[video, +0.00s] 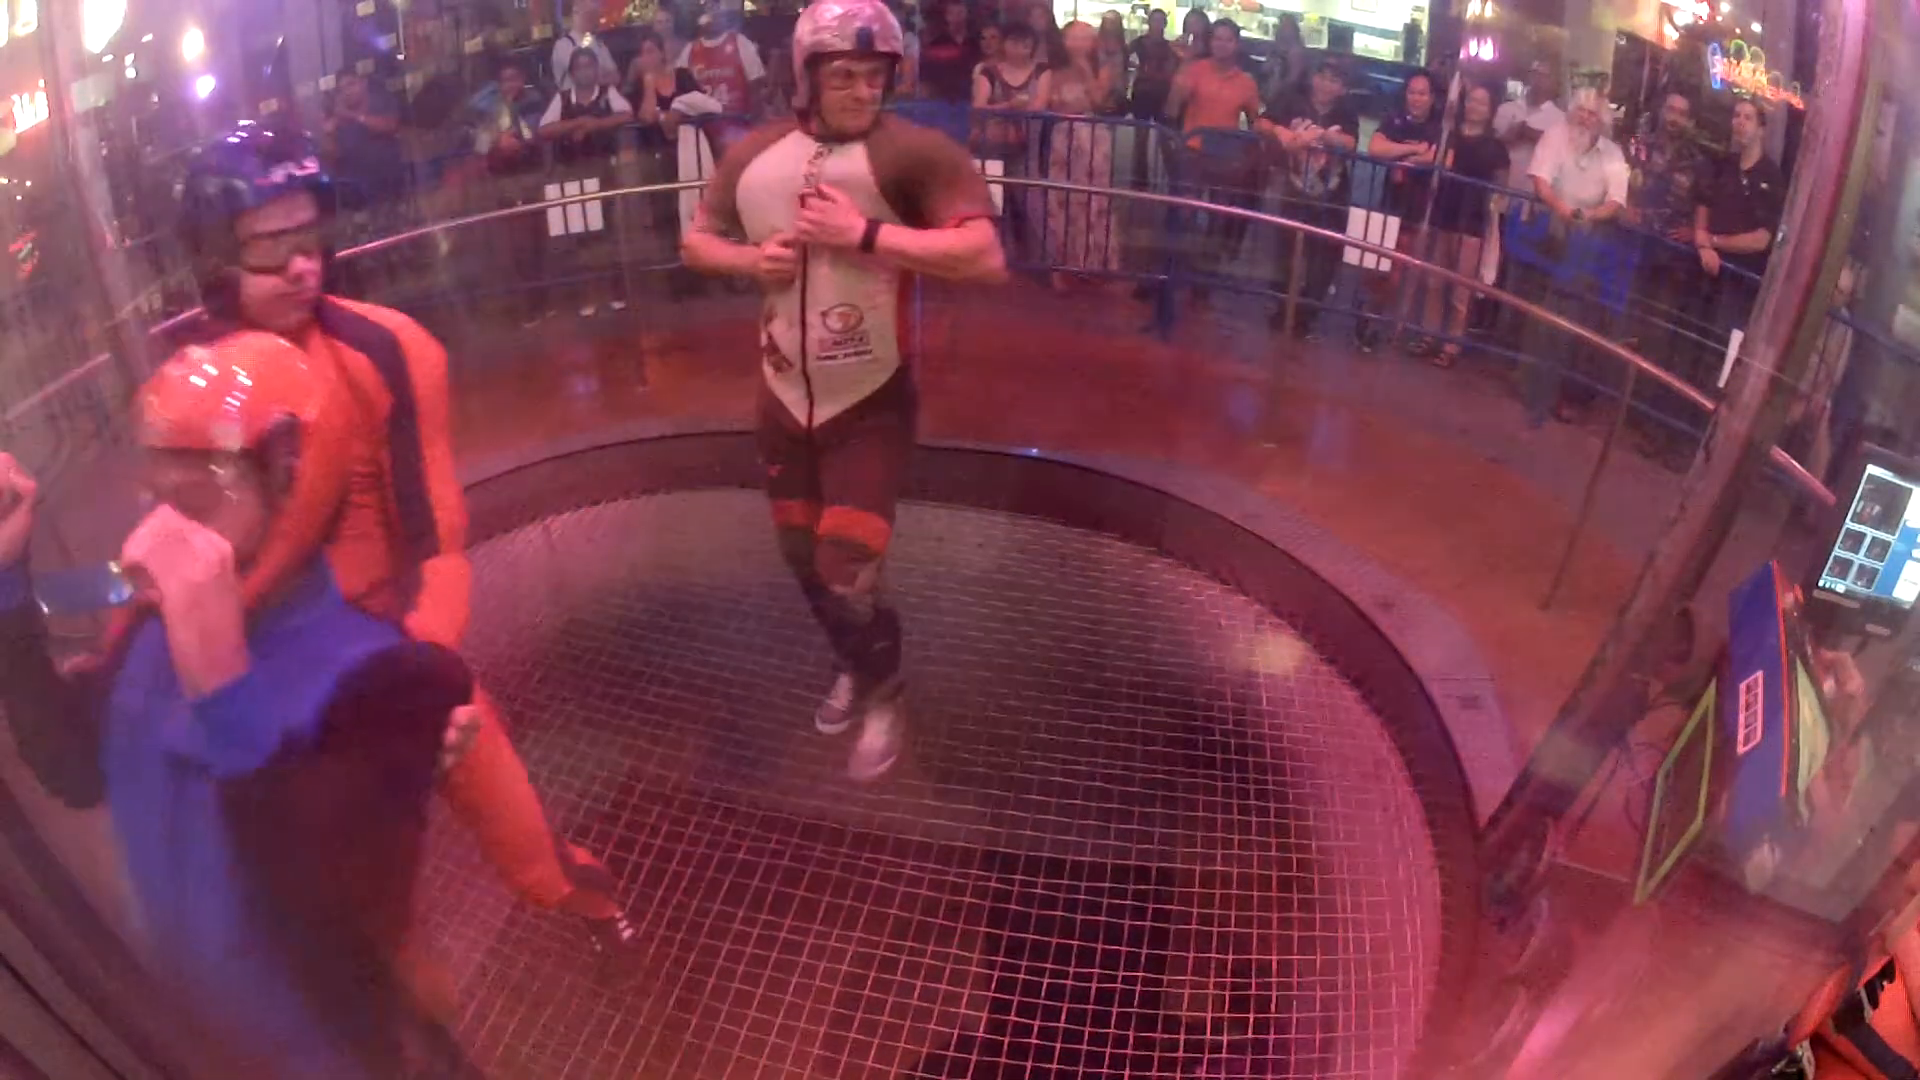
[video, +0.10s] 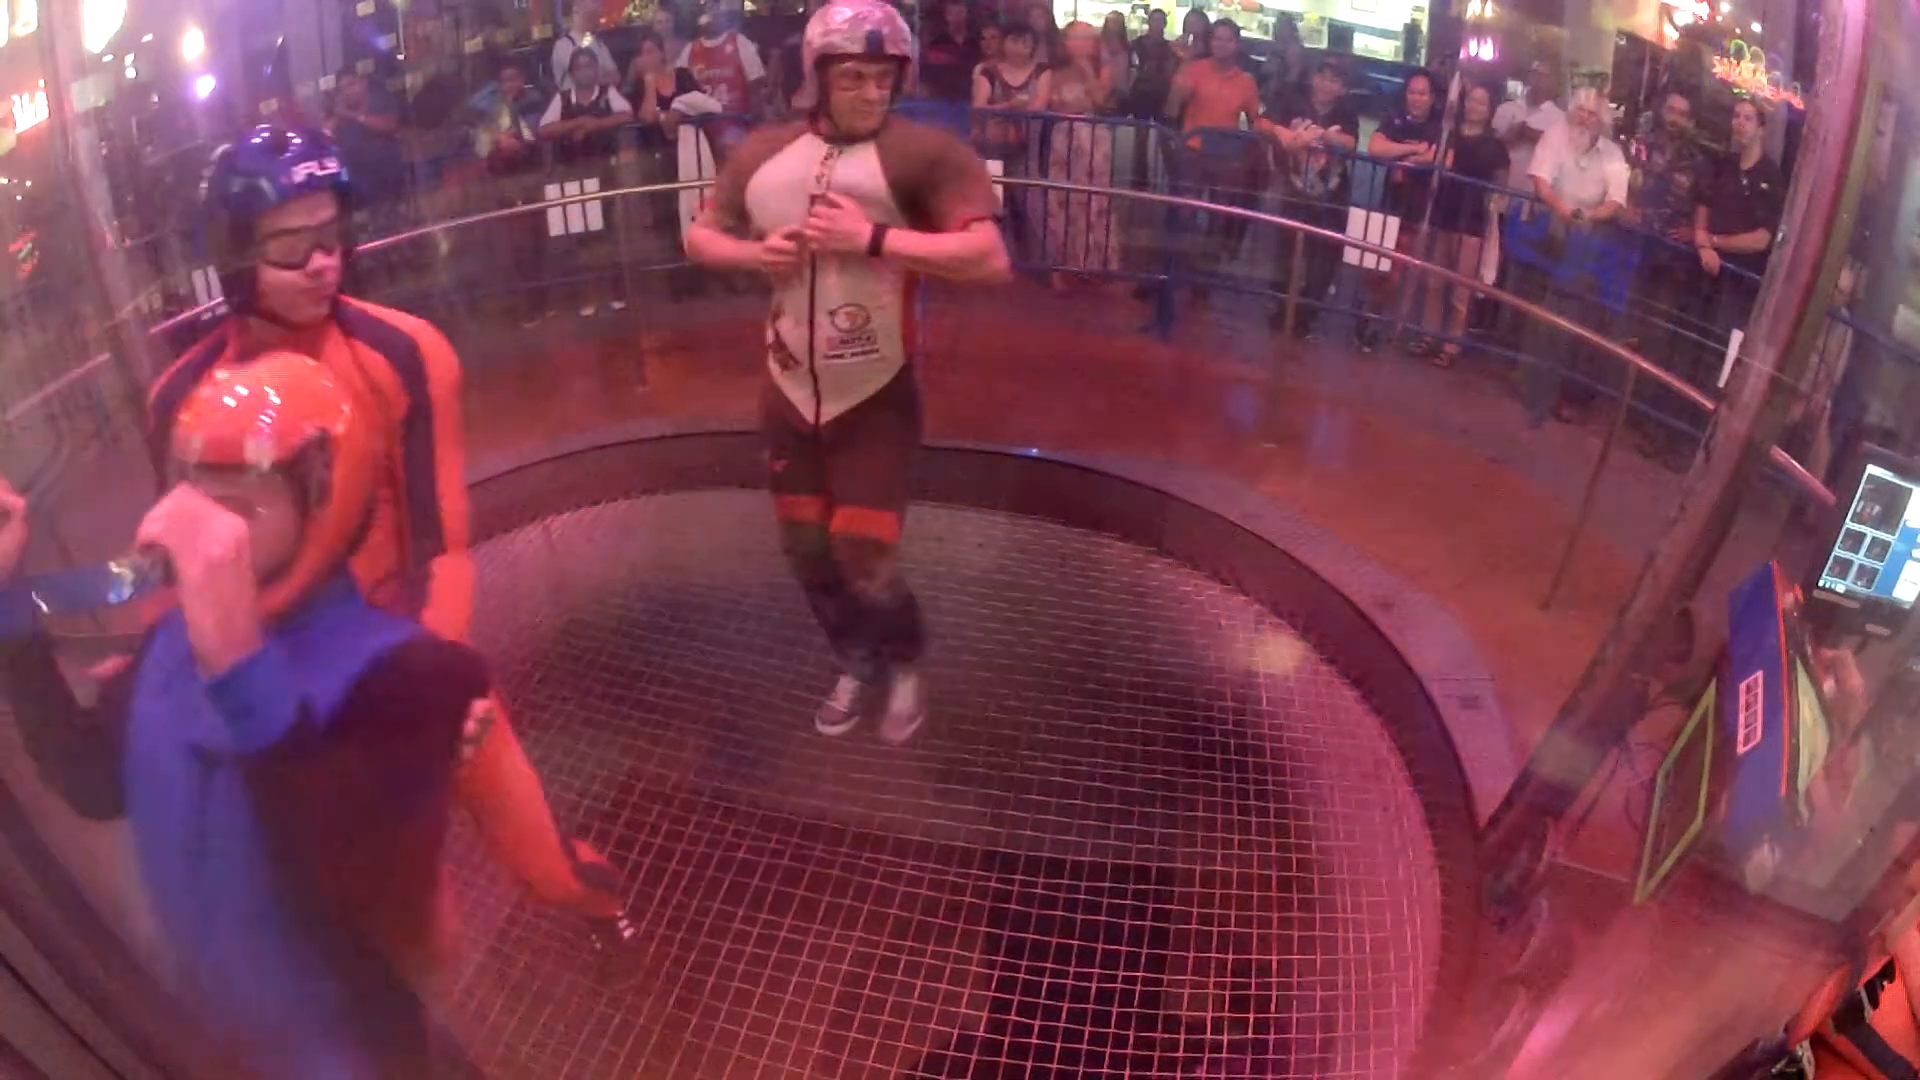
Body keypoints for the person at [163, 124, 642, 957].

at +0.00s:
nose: (299, 270)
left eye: (308, 242)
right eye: (269, 254)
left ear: (325, 236)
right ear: (213, 262)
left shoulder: (393, 353)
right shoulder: (192, 371)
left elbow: (440, 542)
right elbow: (184, 525)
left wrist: (418, 662)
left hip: (383, 607)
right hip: (258, 626)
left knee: (452, 704)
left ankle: (544, 878)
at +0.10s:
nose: (321, 266)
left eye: (331, 239)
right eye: (291, 251)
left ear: (349, 232)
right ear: (235, 258)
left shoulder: (409, 356)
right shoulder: (183, 395)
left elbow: (445, 544)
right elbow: (187, 548)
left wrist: (430, 681)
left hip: (391, 633)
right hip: (256, 653)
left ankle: (551, 875)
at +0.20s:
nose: (328, 269)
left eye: (339, 243)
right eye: (300, 251)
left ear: (355, 237)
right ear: (243, 258)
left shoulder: (414, 357)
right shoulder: (189, 399)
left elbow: (448, 537)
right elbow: (204, 549)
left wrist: (452, 675)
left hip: (406, 645)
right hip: (267, 658)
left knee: (551, 864)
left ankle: (603, 899)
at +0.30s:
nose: (324, 283)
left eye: (335, 257)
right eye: (298, 267)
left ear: (351, 250)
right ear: (244, 275)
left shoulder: (411, 365)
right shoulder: (193, 414)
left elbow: (460, 539)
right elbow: (213, 564)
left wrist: (476, 679)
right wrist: (205, 687)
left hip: (409, 646)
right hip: (268, 666)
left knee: (541, 857)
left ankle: (604, 897)